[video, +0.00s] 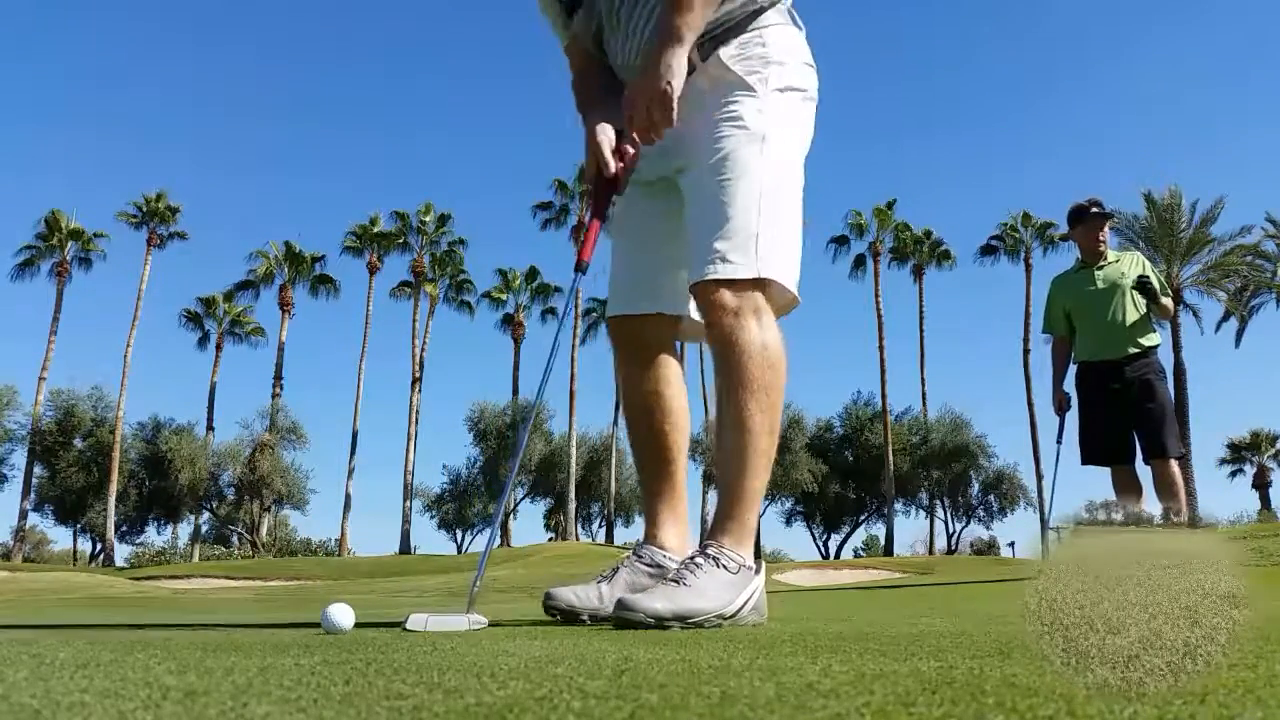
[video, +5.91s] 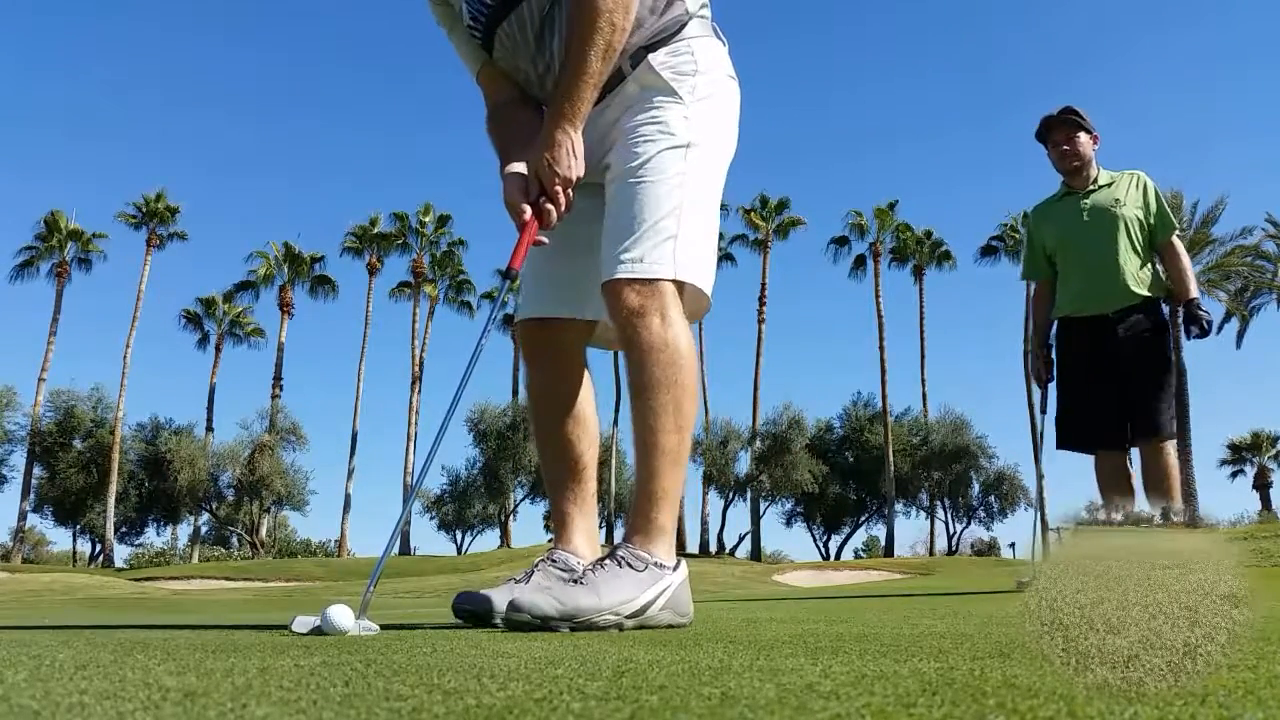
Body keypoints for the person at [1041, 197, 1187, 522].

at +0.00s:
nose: (1100, 233)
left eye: (1103, 226)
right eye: (1091, 228)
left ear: (1109, 229)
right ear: (1073, 234)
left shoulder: (1135, 262)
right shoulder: (1063, 285)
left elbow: (1168, 312)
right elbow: (1061, 340)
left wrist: (1154, 297)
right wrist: (1057, 386)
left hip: (1142, 369)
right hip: (1096, 376)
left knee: (1163, 454)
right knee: (1119, 462)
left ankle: (1178, 531)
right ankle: (1135, 535)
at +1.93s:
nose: (1084, 232)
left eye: (1090, 226)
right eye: (1076, 229)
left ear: (1103, 229)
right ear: (1068, 238)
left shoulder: (1134, 266)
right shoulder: (1062, 285)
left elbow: (1159, 313)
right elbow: (1059, 340)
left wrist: (1175, 355)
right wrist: (1057, 387)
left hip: (1140, 372)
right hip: (1094, 379)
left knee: (1160, 454)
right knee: (1118, 462)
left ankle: (1178, 529)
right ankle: (1135, 535)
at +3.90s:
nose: (1072, 206)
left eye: (1078, 198)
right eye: (1064, 202)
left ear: (1094, 202)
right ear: (1056, 212)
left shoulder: (1127, 240)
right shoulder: (1049, 260)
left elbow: (1154, 294)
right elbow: (1049, 320)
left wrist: (1171, 343)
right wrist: (1045, 365)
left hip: (1128, 357)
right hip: (1077, 364)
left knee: (1138, 452)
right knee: (1094, 456)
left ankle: (1145, 532)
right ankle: (1107, 536)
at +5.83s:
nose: (1066, 148)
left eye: (1073, 138)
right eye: (1055, 144)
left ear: (1092, 143)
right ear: (1048, 157)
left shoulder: (1135, 188)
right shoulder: (1040, 218)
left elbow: (1169, 249)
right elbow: (1038, 292)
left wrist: (1190, 301)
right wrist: (1032, 349)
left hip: (1141, 327)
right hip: (1080, 338)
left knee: (1156, 434)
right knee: (1104, 446)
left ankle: (1170, 531)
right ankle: (1123, 542)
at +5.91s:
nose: (1066, 146)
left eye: (1073, 136)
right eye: (1056, 143)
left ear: (1093, 140)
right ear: (1049, 155)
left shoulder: (1137, 185)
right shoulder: (1042, 216)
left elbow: (1170, 246)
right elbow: (1042, 288)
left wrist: (1191, 299)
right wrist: (1037, 346)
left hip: (1141, 325)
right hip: (1081, 335)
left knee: (1155, 436)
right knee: (1105, 443)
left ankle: (1168, 531)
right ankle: (1121, 539)